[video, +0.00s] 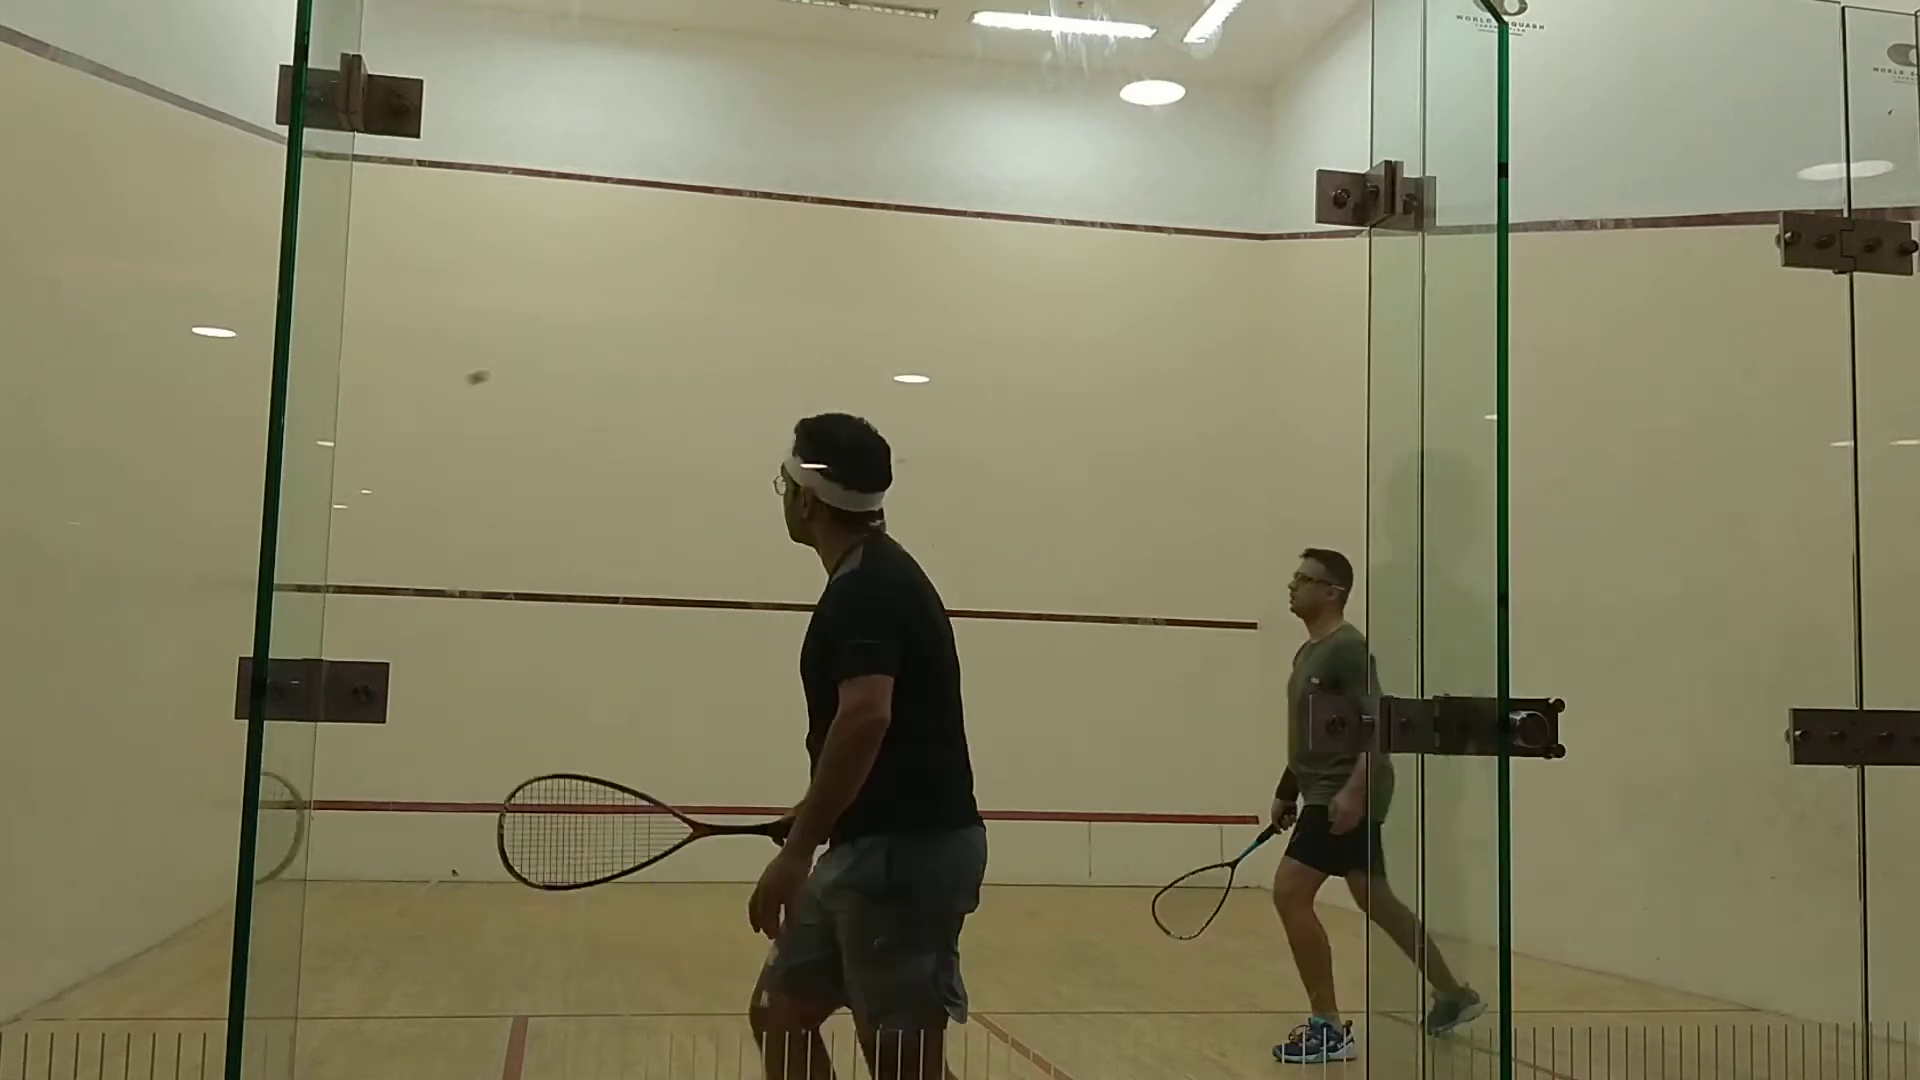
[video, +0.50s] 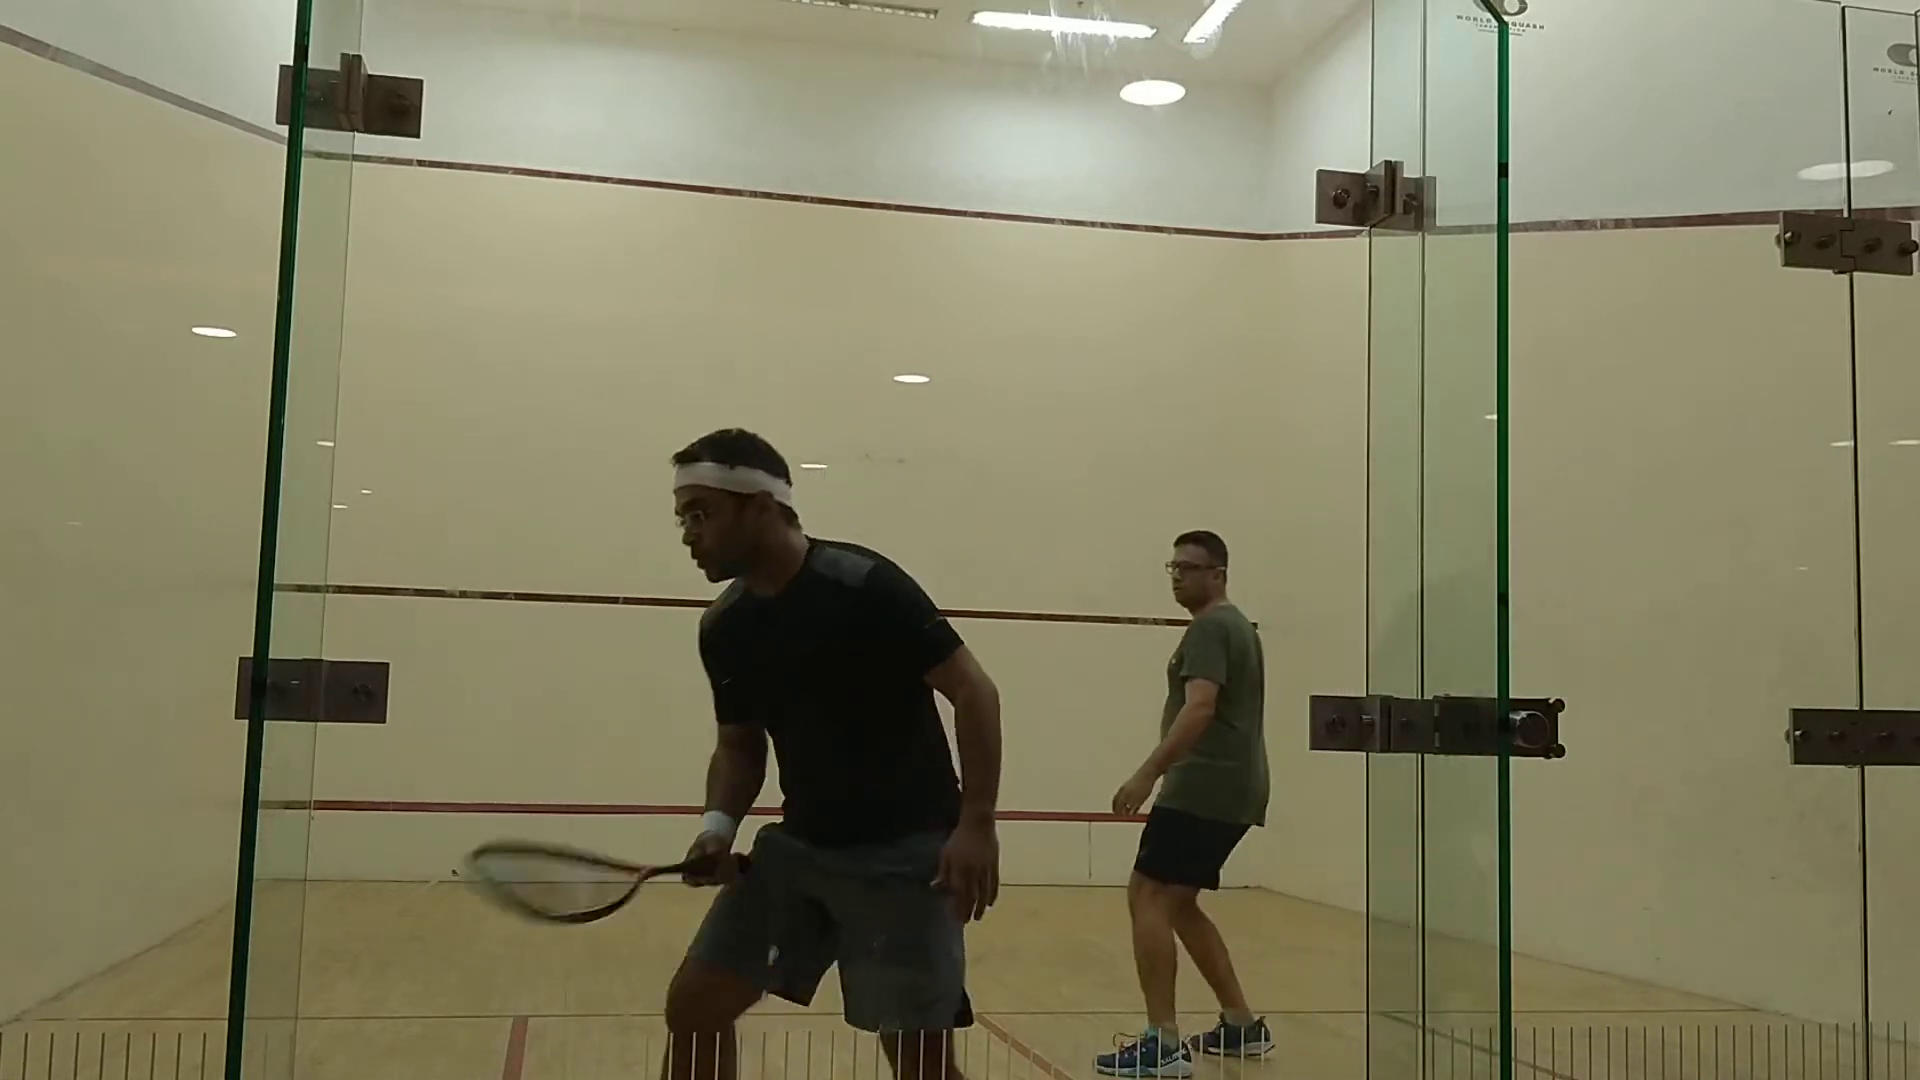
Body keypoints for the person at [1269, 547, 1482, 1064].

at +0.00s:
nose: (1291, 586)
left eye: (1302, 580)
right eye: (1294, 579)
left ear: (1332, 593)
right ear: (1318, 592)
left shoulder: (1348, 648)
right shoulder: (1310, 650)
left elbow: (1376, 727)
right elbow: (1308, 735)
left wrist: (1355, 790)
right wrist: (1286, 793)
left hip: (1341, 797)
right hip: (1337, 794)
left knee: (1290, 895)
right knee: (1378, 900)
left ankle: (1328, 1026)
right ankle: (1453, 992)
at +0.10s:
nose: (1268, 566)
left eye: (1279, 559)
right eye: (1270, 558)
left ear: (1308, 569)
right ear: (1299, 570)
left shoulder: (1315, 624)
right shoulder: (1303, 622)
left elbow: (1335, 707)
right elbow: (1307, 711)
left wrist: (1305, 773)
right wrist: (1281, 783)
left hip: (1308, 787)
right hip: (1314, 787)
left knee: (1280, 893)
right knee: (1320, 891)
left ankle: (1326, 1022)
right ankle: (1390, 993)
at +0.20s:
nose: (1247, 550)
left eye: (1258, 542)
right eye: (1248, 541)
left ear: (1288, 550)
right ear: (1283, 552)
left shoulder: (1282, 604)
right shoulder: (1301, 603)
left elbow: (1293, 680)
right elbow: (1307, 686)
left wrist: (1260, 750)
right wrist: (1267, 751)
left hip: (1283, 773)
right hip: (1299, 772)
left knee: (1246, 876)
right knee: (1267, 878)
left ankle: (1309, 998)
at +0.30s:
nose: (1224, 553)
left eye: (1236, 547)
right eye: (1224, 545)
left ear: (1266, 556)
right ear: (1259, 559)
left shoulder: (1257, 609)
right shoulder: (1281, 609)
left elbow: (1253, 686)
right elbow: (1278, 694)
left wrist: (1210, 753)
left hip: (1250, 775)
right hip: (1277, 778)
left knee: (1198, 878)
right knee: (1229, 887)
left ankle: (1241, 1015)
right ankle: (1251, 1018)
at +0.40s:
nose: (1201, 576)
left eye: (1212, 568)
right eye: (1199, 568)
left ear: (1242, 575)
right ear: (1224, 577)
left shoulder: (1234, 629)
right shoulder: (1255, 629)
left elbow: (1220, 710)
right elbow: (1251, 723)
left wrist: (1160, 770)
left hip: (1220, 793)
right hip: (1249, 796)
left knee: (1165, 894)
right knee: (1193, 904)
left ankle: (1165, 1043)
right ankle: (1246, 1026)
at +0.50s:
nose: (1176, 576)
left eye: (1188, 568)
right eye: (1174, 568)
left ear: (1218, 574)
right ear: (1201, 577)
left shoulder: (1210, 628)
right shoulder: (1238, 628)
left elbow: (1199, 709)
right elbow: (1231, 716)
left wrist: (1146, 774)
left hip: (1201, 791)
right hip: (1234, 794)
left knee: (1147, 896)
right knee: (1180, 903)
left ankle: (1162, 1041)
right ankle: (1241, 1023)